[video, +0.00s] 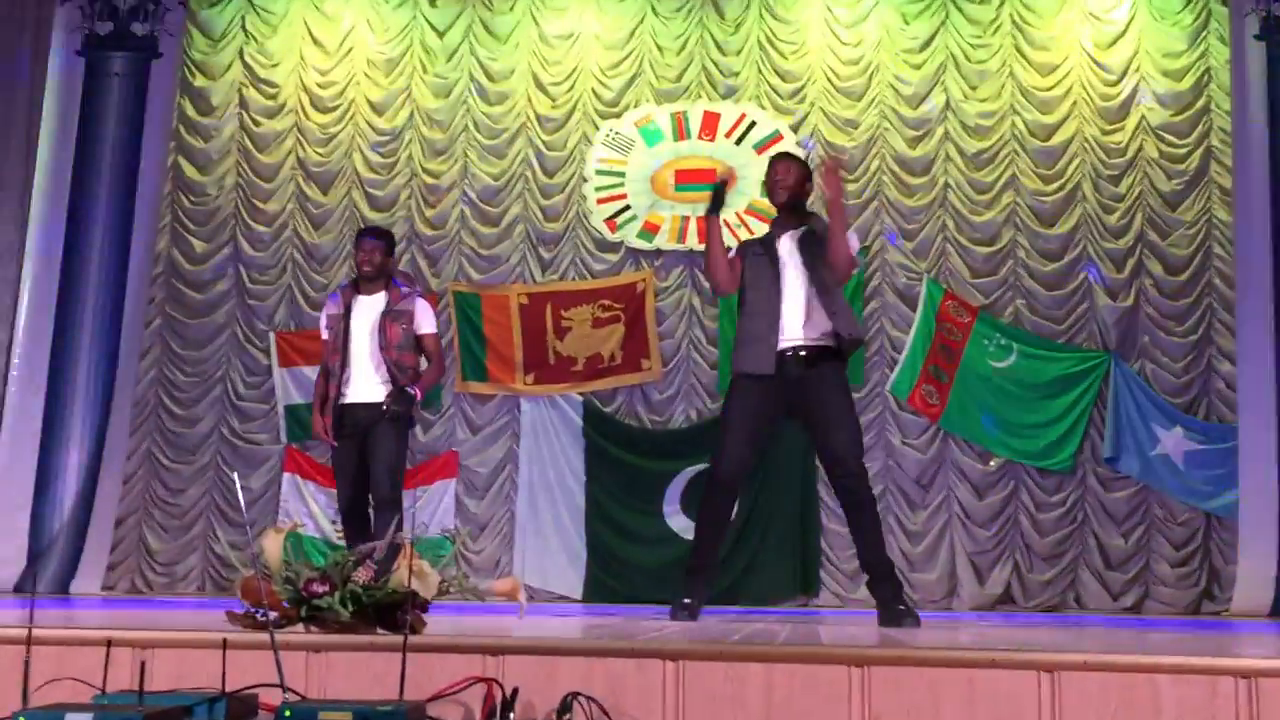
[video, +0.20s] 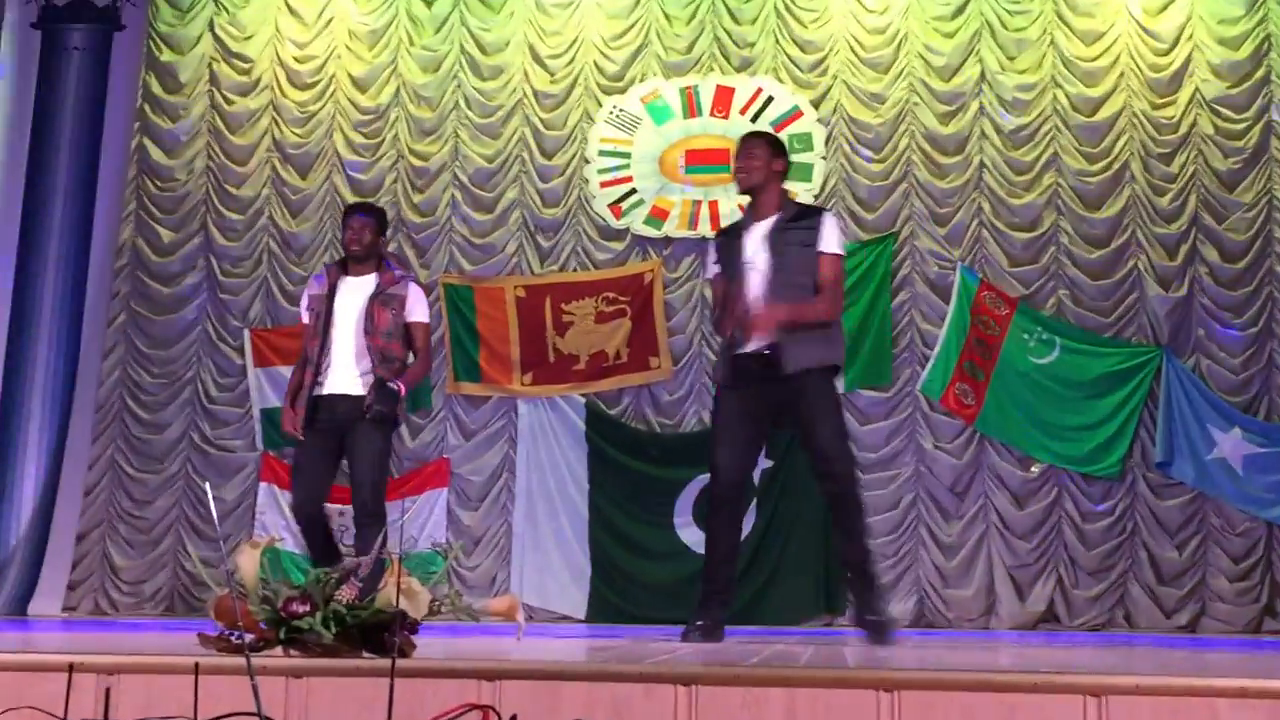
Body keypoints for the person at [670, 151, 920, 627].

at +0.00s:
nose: (782, 180)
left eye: (791, 174)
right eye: (776, 174)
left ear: (807, 185)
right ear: (765, 184)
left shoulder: (827, 235)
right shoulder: (749, 241)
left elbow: (841, 269)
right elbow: (723, 283)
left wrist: (837, 200)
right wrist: (711, 213)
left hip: (821, 371)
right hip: (759, 373)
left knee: (851, 480)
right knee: (725, 478)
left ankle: (890, 598)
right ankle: (693, 592)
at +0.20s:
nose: (742, 165)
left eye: (753, 157)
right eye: (739, 158)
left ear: (778, 167)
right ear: (737, 169)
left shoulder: (819, 223)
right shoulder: (725, 242)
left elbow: (830, 305)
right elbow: (723, 322)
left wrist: (775, 314)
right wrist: (738, 309)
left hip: (805, 369)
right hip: (744, 372)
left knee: (839, 478)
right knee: (725, 487)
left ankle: (868, 604)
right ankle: (710, 615)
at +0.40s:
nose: (697, 184)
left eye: (706, 175)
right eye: (698, 176)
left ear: (738, 178)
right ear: (720, 182)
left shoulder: (784, 230)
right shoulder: (701, 247)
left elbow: (798, 315)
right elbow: (686, 332)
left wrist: (760, 372)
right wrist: (680, 405)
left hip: (767, 379)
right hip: (708, 383)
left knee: (781, 478)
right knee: (697, 501)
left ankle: (793, 579)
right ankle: (693, 622)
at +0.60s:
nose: (701, 206)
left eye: (709, 195)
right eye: (700, 197)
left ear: (740, 197)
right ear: (717, 201)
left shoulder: (787, 250)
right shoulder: (704, 263)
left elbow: (801, 336)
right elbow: (692, 341)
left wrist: (764, 400)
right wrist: (680, 406)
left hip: (764, 396)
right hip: (707, 395)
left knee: (772, 503)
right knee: (689, 507)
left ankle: (789, 605)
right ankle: (688, 625)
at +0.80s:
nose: (754, 220)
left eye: (761, 208)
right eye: (745, 213)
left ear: (780, 206)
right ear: (736, 218)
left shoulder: (819, 253)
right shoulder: (735, 269)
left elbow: (841, 335)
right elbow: (733, 346)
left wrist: (806, 399)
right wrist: (715, 398)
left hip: (802, 395)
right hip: (747, 394)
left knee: (801, 505)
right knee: (712, 477)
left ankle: (798, 616)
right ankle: (731, 592)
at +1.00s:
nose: (788, 230)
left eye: (796, 218)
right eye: (778, 221)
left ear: (810, 215)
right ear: (765, 223)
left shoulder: (848, 257)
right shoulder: (754, 272)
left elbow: (870, 328)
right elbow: (754, 343)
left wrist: (850, 388)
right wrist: (746, 399)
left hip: (834, 399)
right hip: (774, 402)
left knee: (877, 493)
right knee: (752, 503)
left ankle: (865, 599)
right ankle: (754, 620)